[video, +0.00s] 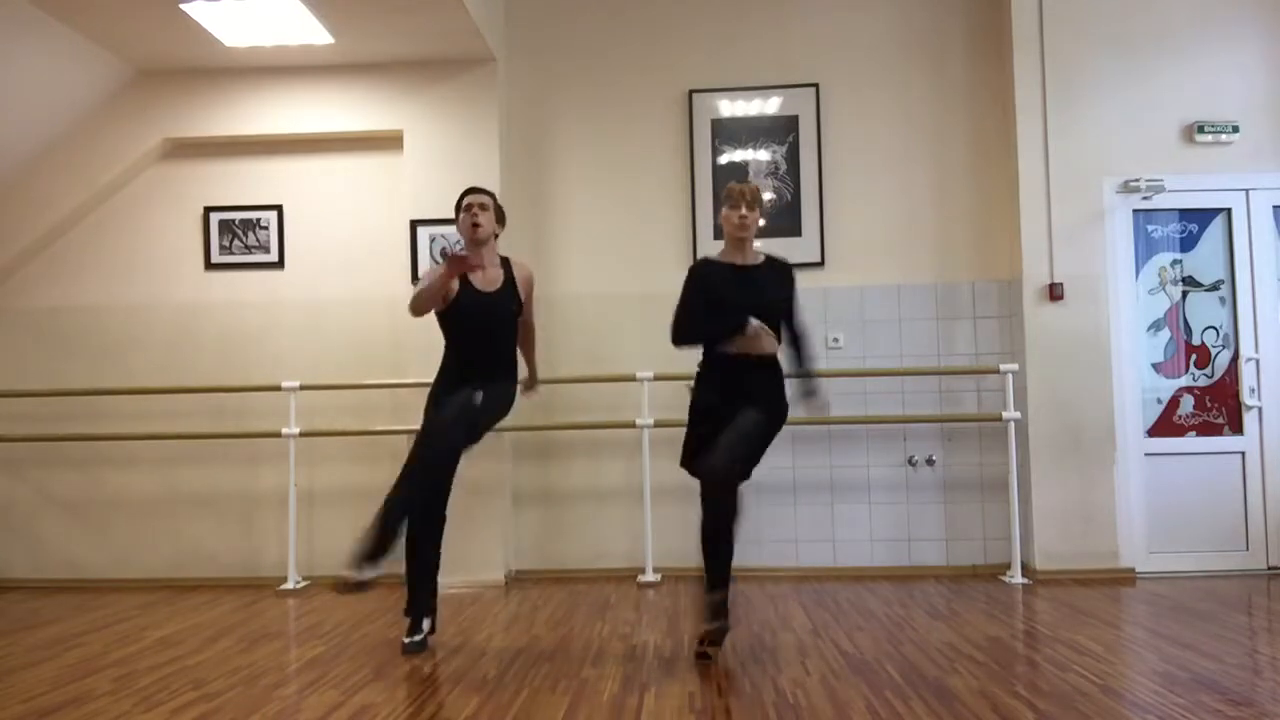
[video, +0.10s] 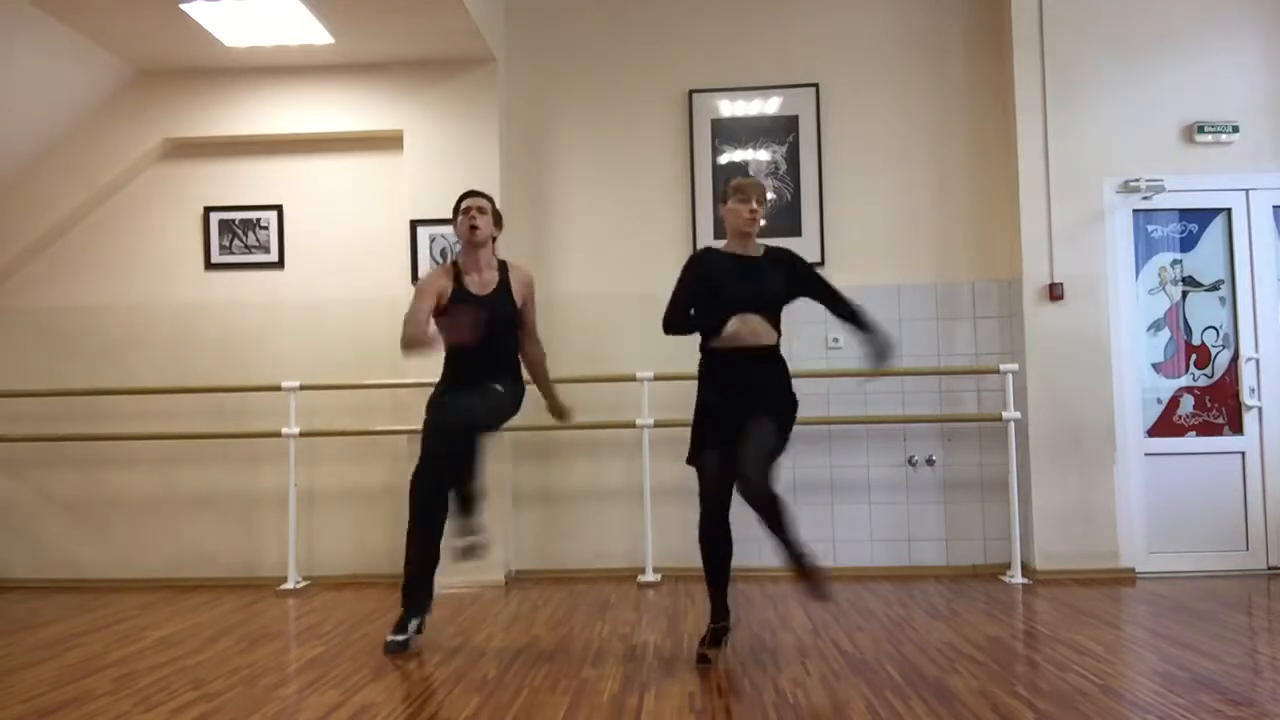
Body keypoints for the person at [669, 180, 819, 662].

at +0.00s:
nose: (742, 214)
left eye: (750, 208)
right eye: (734, 206)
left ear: (760, 217)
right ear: (719, 215)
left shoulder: (778, 271)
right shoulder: (704, 271)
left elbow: (790, 328)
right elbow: (681, 334)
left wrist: (807, 378)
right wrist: (737, 329)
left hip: (763, 395)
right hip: (715, 394)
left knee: (720, 470)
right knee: (715, 500)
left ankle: (717, 598)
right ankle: (715, 615)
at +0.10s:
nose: (752, 208)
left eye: (758, 201)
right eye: (742, 201)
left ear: (765, 210)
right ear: (721, 210)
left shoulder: (782, 261)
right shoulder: (703, 262)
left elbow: (833, 300)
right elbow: (673, 322)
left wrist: (873, 334)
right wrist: (721, 322)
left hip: (769, 386)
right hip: (717, 388)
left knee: (751, 477)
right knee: (713, 508)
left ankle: (799, 559)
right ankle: (719, 618)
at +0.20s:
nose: (757, 215)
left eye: (763, 209)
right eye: (747, 207)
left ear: (768, 220)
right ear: (726, 216)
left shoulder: (787, 275)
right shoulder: (705, 272)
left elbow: (849, 304)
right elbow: (674, 327)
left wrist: (915, 318)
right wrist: (704, 345)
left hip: (769, 400)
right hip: (717, 403)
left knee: (791, 507)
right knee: (714, 518)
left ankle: (845, 593)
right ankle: (719, 624)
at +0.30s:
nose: (767, 220)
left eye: (772, 213)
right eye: (757, 212)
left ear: (777, 224)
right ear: (735, 222)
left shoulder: (795, 277)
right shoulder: (716, 281)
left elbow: (850, 302)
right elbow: (686, 333)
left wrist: (877, 255)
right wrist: (690, 365)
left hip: (786, 398)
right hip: (734, 400)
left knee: (821, 509)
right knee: (728, 519)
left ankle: (870, 612)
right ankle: (722, 626)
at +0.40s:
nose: (779, 213)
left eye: (783, 207)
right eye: (768, 205)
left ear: (787, 217)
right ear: (746, 216)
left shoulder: (810, 260)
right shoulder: (732, 274)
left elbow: (849, 258)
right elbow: (697, 319)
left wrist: (833, 230)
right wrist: (724, 357)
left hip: (818, 390)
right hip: (766, 393)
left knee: (834, 505)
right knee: (755, 505)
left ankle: (858, 613)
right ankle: (737, 612)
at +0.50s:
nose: (795, 211)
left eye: (801, 204)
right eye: (785, 203)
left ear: (809, 216)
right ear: (766, 216)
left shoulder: (825, 265)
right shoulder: (754, 278)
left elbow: (826, 279)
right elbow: (723, 327)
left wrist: (806, 232)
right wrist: (751, 365)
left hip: (836, 388)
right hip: (787, 391)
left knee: (851, 502)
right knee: (777, 492)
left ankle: (864, 612)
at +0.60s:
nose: (817, 218)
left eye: (822, 211)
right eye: (807, 210)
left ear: (828, 222)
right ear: (783, 223)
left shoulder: (841, 270)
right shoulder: (770, 282)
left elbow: (829, 316)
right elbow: (745, 336)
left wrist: (790, 257)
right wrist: (772, 373)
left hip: (856, 393)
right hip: (809, 400)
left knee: (862, 507)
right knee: (822, 507)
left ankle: (863, 614)